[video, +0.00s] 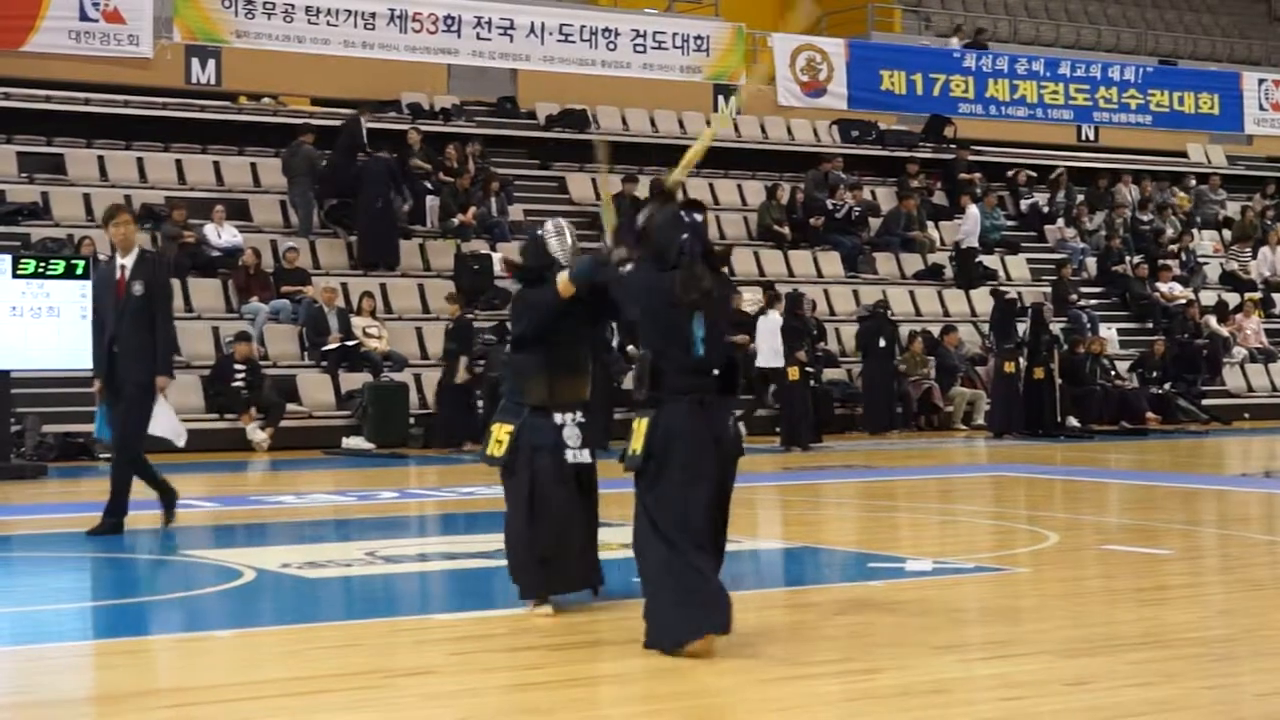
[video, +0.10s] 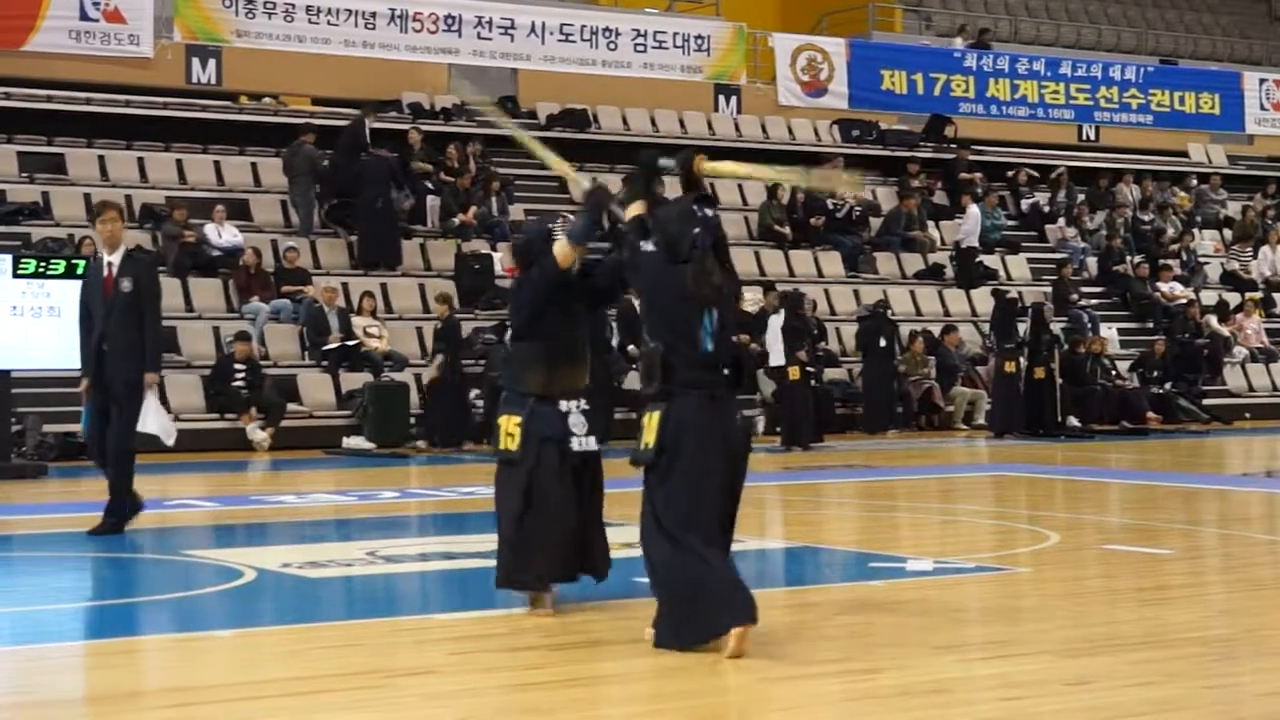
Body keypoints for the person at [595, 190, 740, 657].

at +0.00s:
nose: (637, 245)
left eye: (642, 237)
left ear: (649, 244)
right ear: (692, 242)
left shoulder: (643, 286)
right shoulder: (716, 287)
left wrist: (614, 254)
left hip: (671, 415)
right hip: (715, 413)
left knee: (660, 519)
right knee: (699, 517)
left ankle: (691, 618)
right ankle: (678, 618)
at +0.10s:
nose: (646, 239)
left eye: (651, 231)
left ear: (662, 238)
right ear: (703, 239)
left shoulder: (659, 280)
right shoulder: (721, 282)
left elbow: (638, 238)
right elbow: (709, 233)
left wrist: (638, 203)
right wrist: (698, 186)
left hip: (684, 412)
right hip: (725, 411)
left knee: (664, 519)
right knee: (709, 515)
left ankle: (731, 607)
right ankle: (679, 619)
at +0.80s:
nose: (692, 225)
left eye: (697, 218)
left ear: (705, 229)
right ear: (744, 225)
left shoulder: (700, 268)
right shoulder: (762, 271)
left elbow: (671, 222)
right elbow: (744, 226)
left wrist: (684, 176)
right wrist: (747, 184)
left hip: (729, 398)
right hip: (767, 396)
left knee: (741, 510)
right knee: (727, 512)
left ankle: (797, 612)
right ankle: (702, 613)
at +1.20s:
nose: (712, 252)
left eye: (715, 243)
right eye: (714, 243)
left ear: (726, 246)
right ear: (766, 242)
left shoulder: (721, 299)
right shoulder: (789, 295)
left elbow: (696, 367)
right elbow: (804, 359)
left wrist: (675, 337)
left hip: (744, 422)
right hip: (788, 422)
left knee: (738, 526)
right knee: (780, 522)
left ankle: (795, 622)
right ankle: (745, 623)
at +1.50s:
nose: (688, 240)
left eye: (692, 231)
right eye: (688, 231)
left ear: (707, 234)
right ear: (742, 229)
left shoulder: (713, 284)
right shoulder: (761, 277)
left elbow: (680, 352)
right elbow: (772, 343)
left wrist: (667, 370)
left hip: (730, 408)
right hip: (767, 404)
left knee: (707, 508)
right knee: (754, 505)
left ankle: (748, 609)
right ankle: (755, 604)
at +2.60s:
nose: (699, 249)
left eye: (703, 239)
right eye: (699, 239)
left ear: (720, 240)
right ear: (753, 236)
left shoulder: (729, 284)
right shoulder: (779, 282)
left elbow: (707, 361)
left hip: (751, 410)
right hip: (797, 408)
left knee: (709, 508)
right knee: (792, 510)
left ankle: (683, 617)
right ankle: (817, 609)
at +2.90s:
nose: (722, 244)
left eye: (725, 236)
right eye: (723, 235)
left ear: (739, 238)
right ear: (770, 234)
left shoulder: (745, 283)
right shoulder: (800, 279)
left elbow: (726, 358)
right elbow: (819, 347)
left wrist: (725, 379)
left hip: (765, 413)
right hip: (811, 411)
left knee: (724, 504)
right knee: (805, 508)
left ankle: (718, 613)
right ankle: (812, 608)